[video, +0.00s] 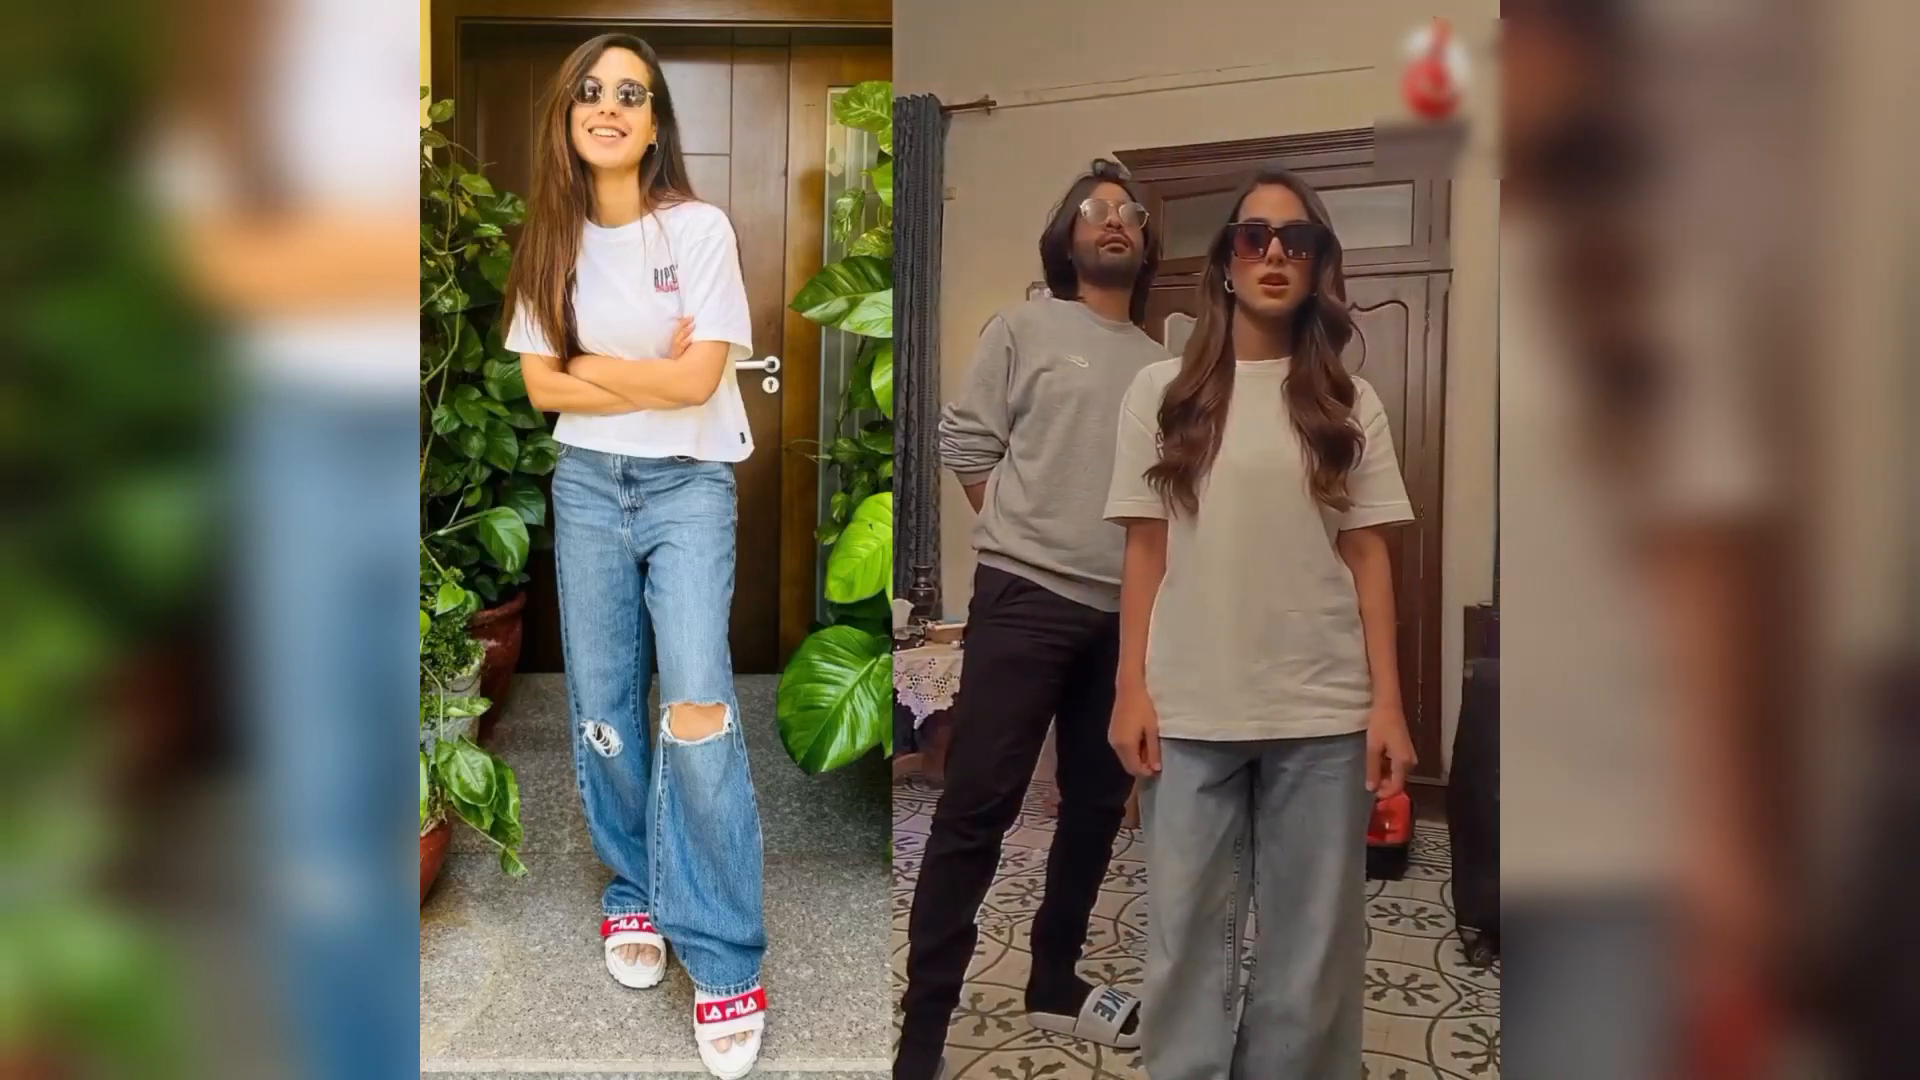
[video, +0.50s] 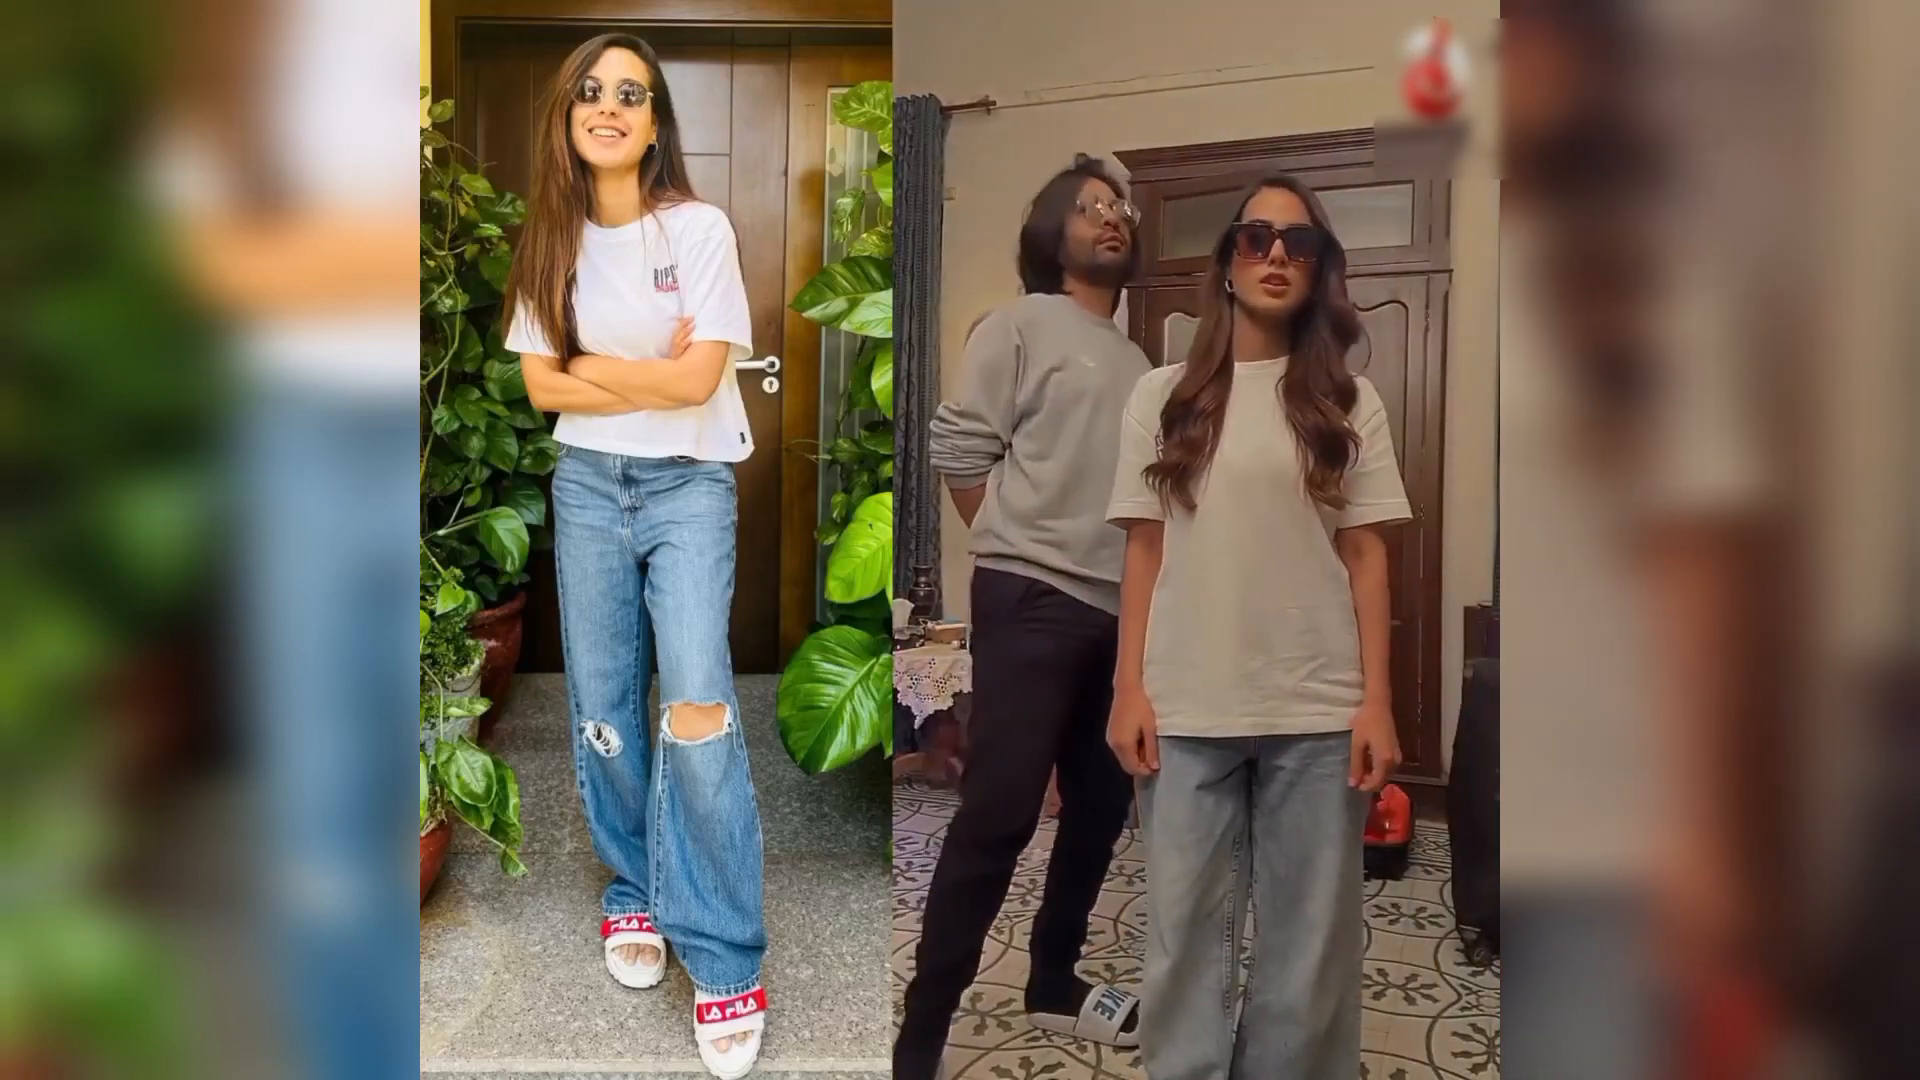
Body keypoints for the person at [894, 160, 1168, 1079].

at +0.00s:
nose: (1119, 220)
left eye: (1130, 210)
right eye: (1098, 210)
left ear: (1148, 240)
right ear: (1066, 239)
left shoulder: (1166, 360)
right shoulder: (1022, 326)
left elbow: (1179, 492)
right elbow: (972, 458)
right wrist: (1018, 553)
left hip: (1127, 608)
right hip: (1022, 598)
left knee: (1096, 804)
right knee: (975, 812)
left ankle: (1056, 985)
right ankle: (923, 1033)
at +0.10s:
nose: (1119, 218)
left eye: (1131, 209)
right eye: (1099, 207)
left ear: (1148, 240)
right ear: (1064, 236)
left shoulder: (1166, 358)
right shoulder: (1021, 324)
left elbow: (1179, 486)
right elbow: (968, 448)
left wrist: (1133, 556)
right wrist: (1020, 541)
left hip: (1127, 606)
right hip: (1023, 595)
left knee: (1094, 802)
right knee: (975, 808)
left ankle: (1055, 984)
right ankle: (922, 1036)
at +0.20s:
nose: (1120, 220)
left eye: (1131, 211)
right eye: (1100, 208)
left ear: (1145, 241)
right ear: (1062, 233)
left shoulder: (1162, 361)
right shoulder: (1019, 324)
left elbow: (1173, 490)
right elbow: (968, 449)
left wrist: (1115, 549)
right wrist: (1022, 539)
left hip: (1126, 606)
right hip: (1024, 594)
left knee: (1096, 800)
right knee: (979, 807)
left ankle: (1055, 982)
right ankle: (922, 1029)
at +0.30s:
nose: (1116, 235)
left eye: (1127, 227)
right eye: (1097, 221)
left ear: (1137, 254)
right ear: (1057, 240)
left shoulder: (1148, 366)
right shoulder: (1013, 331)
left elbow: (1162, 495)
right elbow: (961, 457)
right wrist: (1015, 551)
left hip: (1125, 609)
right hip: (1027, 600)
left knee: (1107, 808)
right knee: (994, 813)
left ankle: (1056, 981)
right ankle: (925, 1035)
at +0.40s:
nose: (1116, 226)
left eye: (1125, 216)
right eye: (1095, 215)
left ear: (1136, 247)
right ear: (1054, 241)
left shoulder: (1144, 368)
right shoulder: (1014, 333)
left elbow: (1158, 498)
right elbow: (959, 467)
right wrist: (1011, 559)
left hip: (1123, 610)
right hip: (1027, 602)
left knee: (1108, 810)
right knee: (997, 816)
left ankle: (1055, 979)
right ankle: (926, 1034)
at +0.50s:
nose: (1114, 218)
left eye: (1122, 207)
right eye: (1091, 206)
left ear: (1134, 239)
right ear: (1050, 233)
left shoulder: (1139, 361)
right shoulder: (1015, 326)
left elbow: (1148, 491)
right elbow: (962, 462)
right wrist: (1010, 556)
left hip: (1119, 604)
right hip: (1026, 595)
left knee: (1100, 805)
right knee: (1000, 810)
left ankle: (1054, 985)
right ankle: (925, 1030)